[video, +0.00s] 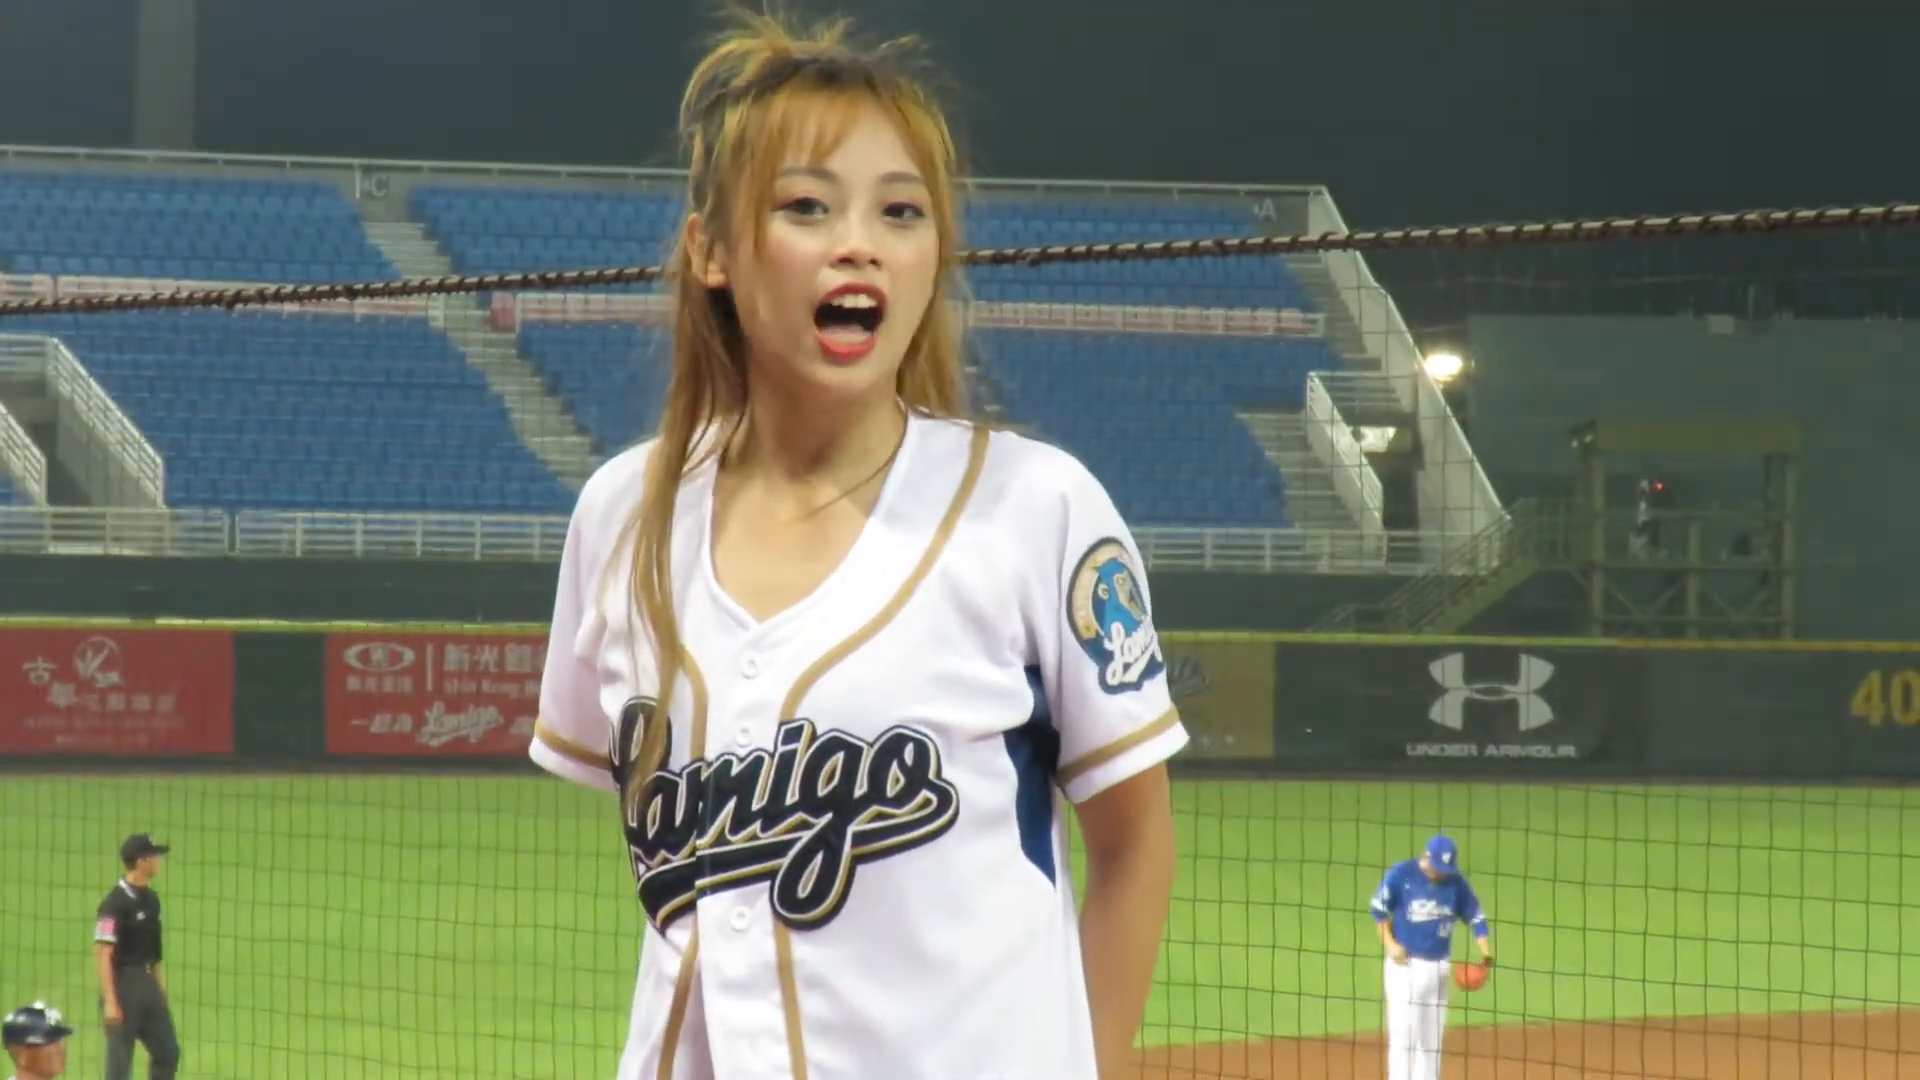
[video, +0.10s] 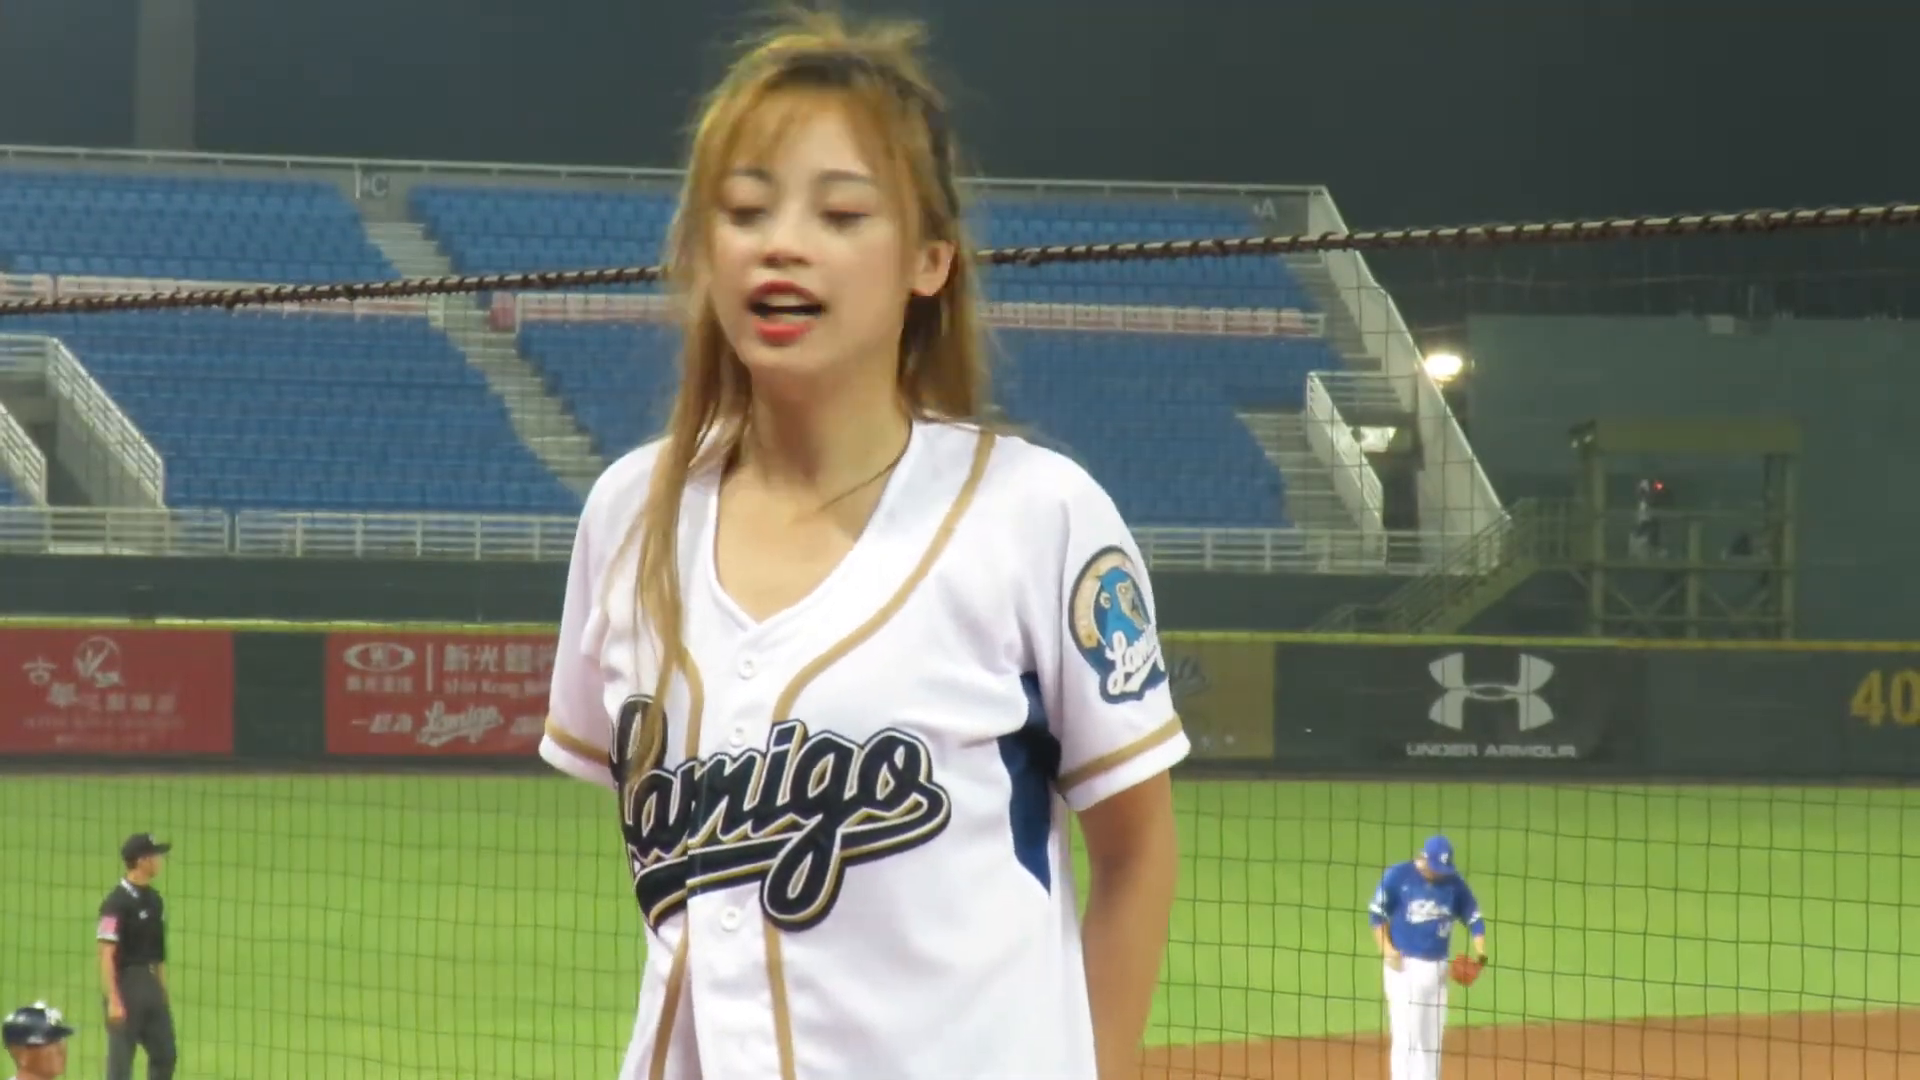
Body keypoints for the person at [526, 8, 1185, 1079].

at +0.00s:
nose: (860, 250)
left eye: (900, 212)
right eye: (806, 207)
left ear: (938, 258)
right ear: (714, 253)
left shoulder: (1040, 507)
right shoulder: (626, 513)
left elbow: (1134, 848)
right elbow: (662, 838)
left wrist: (1090, 1064)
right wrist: (767, 1041)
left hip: (989, 1055)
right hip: (701, 1055)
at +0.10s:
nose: (781, 249)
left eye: (841, 210)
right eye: (745, 209)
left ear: (926, 263)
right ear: (701, 249)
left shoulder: (1042, 514)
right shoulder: (632, 512)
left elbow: (1136, 855)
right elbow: (662, 842)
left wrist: (1095, 1068)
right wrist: (751, 1045)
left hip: (984, 1057)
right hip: (698, 1056)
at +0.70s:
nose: (678, 261)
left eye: (692, 225)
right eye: (685, 224)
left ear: (772, 256)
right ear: (771, 254)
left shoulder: (950, 515)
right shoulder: (758, 505)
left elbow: (1102, 880)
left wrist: (1080, 1070)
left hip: (888, 1056)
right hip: (709, 1052)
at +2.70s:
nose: (692, 263)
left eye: (706, 226)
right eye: (700, 225)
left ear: (781, 258)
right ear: (779, 259)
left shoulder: (930, 525)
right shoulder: (782, 501)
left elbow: (1089, 904)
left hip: (879, 1056)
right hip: (726, 1050)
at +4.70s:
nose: (685, 264)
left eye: (699, 225)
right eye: (693, 225)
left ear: (777, 249)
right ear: (776, 249)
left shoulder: (936, 534)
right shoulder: (784, 508)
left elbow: (1096, 912)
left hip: (886, 1057)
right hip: (721, 1051)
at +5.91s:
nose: (688, 263)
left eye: (702, 225)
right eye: (696, 224)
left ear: (779, 250)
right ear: (777, 251)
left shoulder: (937, 532)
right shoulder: (783, 504)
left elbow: (1096, 912)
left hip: (884, 1056)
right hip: (718, 1051)